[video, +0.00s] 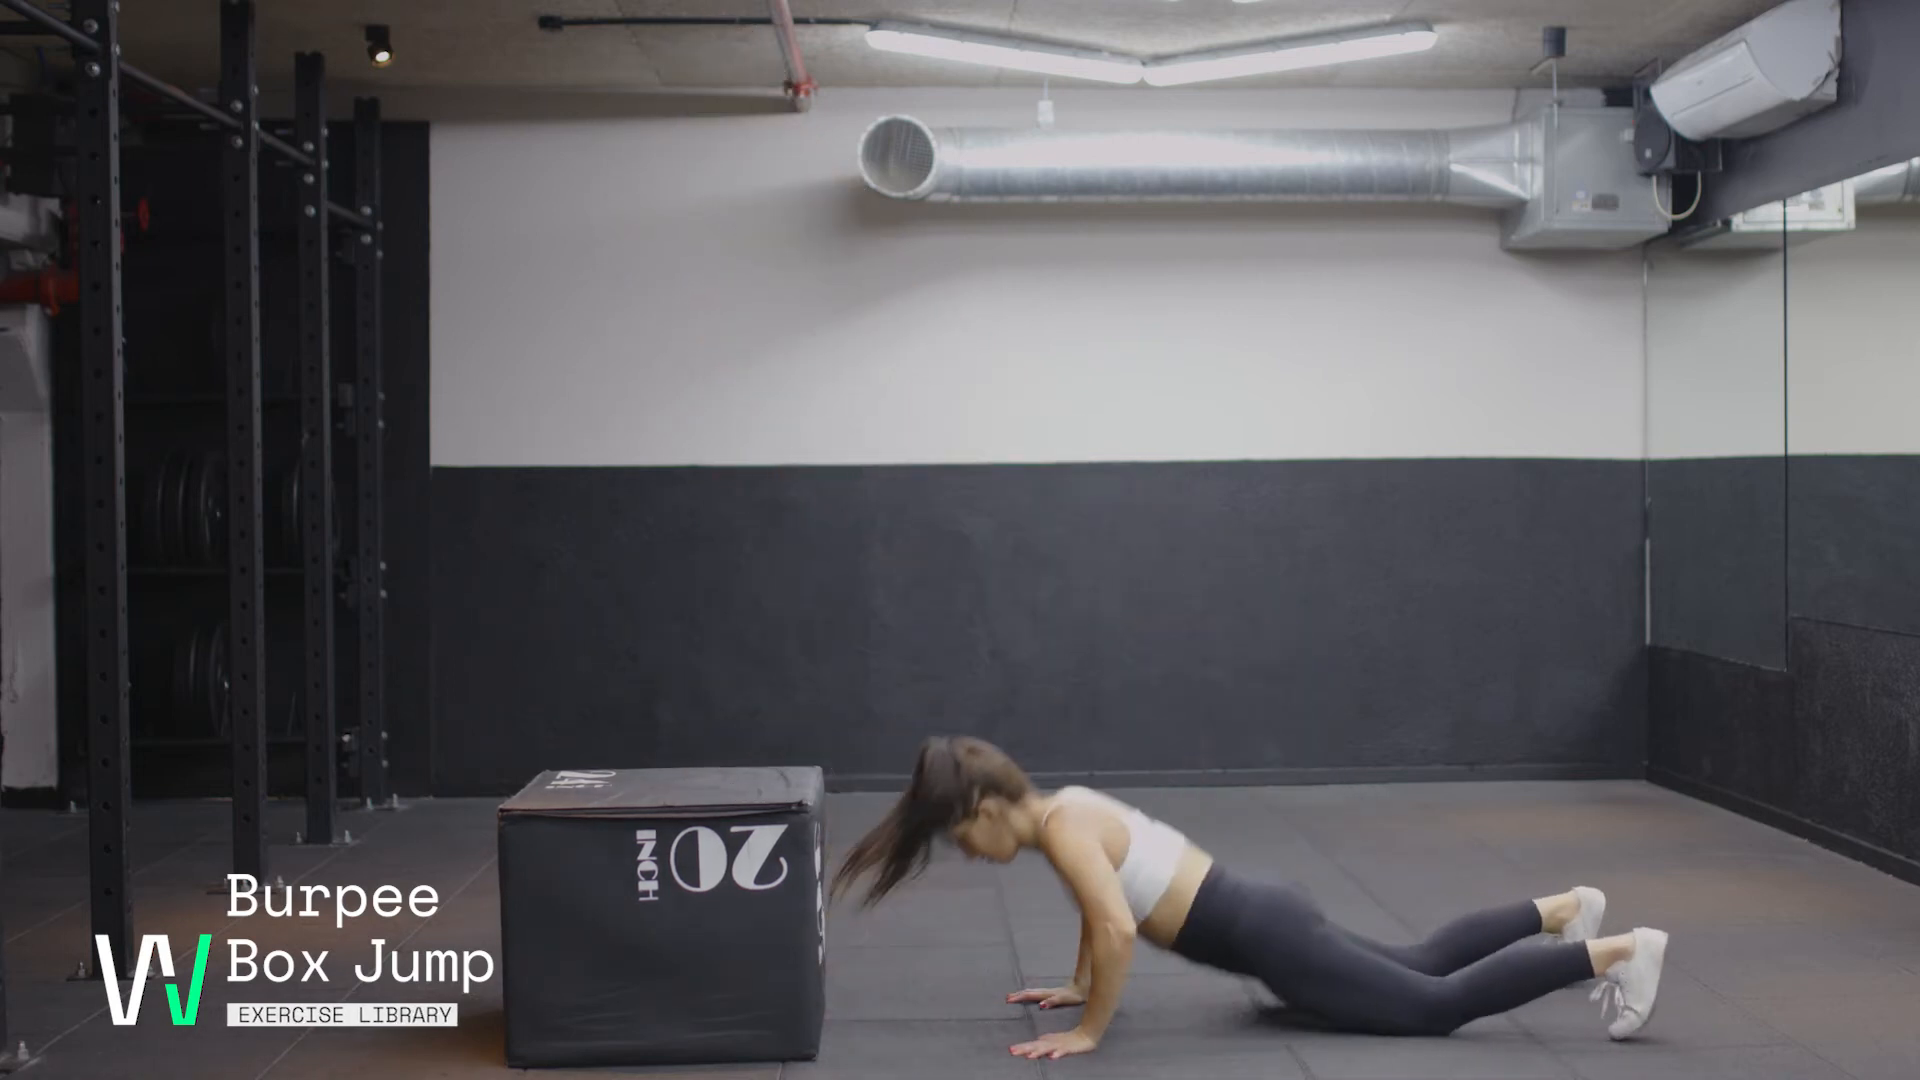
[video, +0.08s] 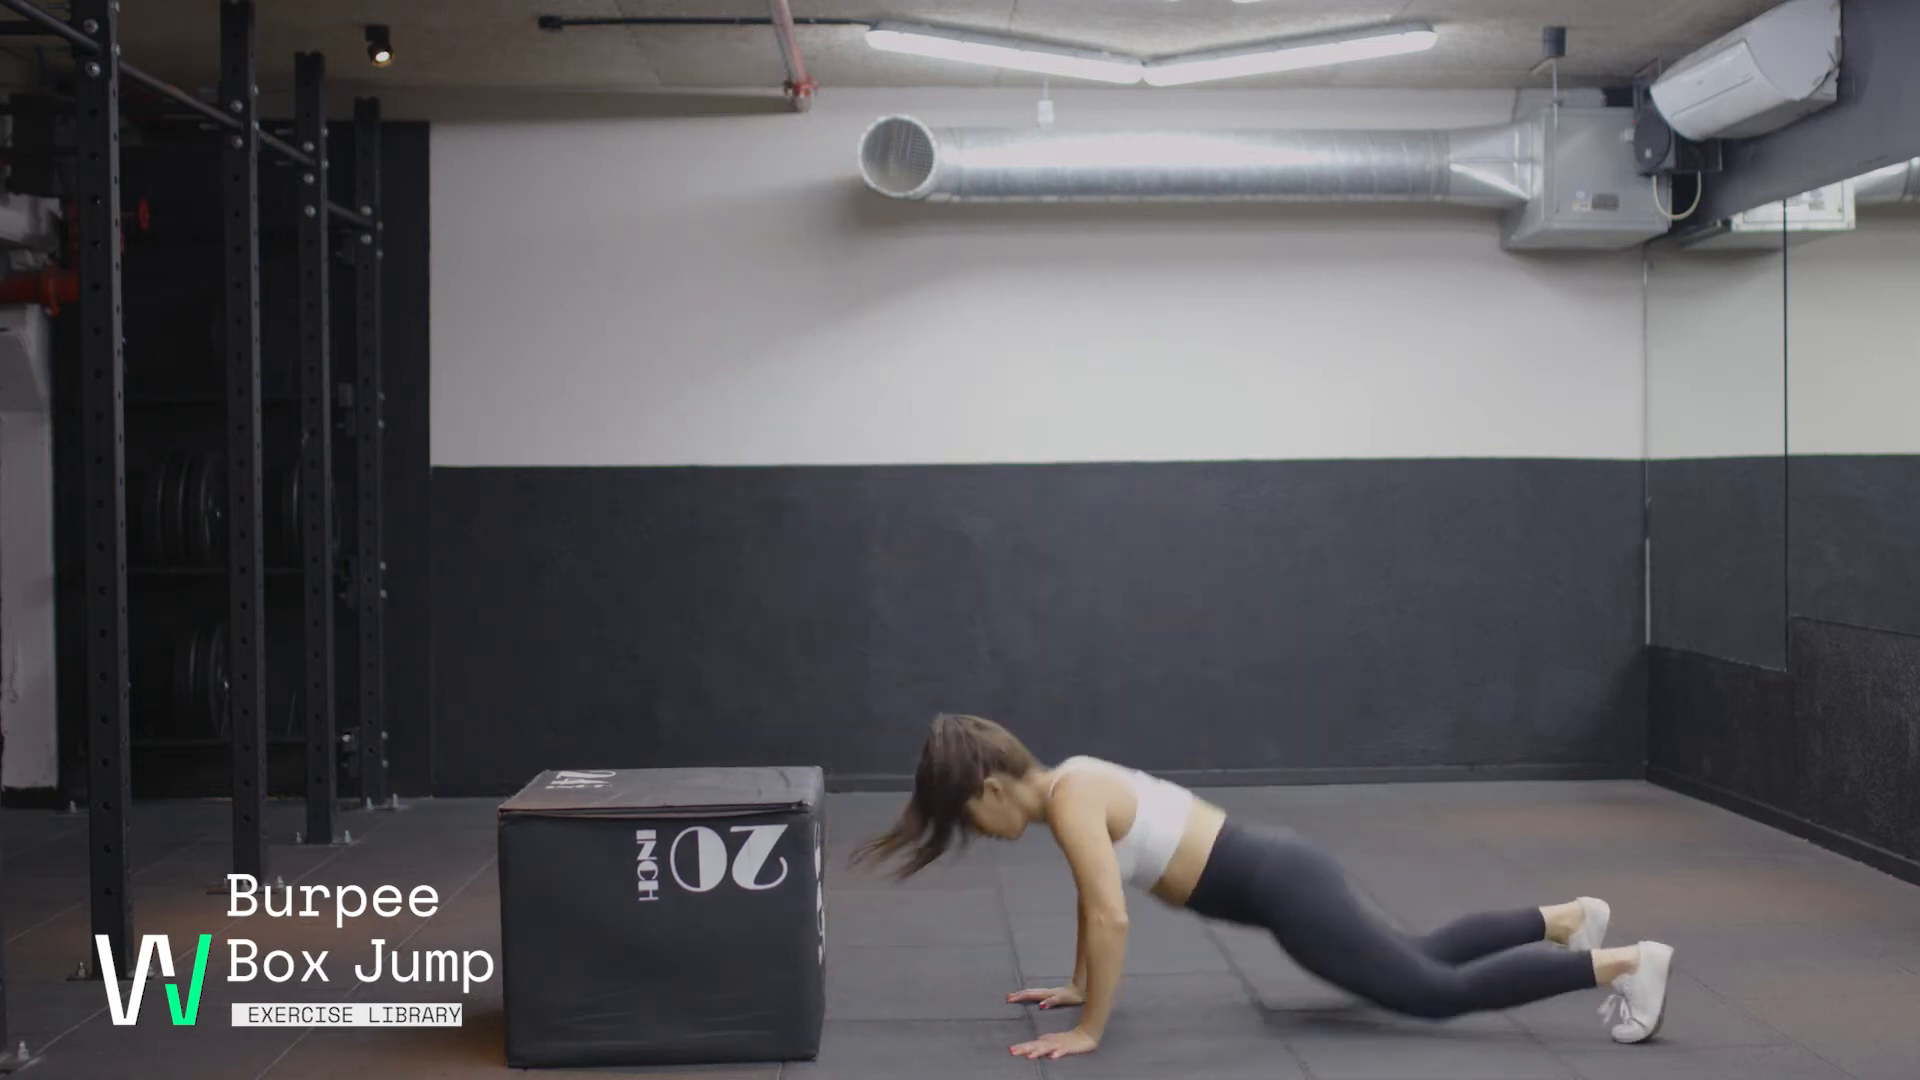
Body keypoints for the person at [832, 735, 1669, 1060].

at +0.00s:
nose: (971, 850)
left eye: (966, 835)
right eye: (962, 839)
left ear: (993, 807)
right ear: (996, 798)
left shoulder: (1067, 836)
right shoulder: (1063, 813)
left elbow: (1116, 936)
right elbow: (1106, 919)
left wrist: (1088, 1033)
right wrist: (1075, 986)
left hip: (1262, 931)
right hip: (1259, 913)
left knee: (1437, 1005)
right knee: (1416, 969)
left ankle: (1606, 956)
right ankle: (1563, 914)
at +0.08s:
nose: (980, 828)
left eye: (972, 813)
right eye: (970, 817)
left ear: (992, 785)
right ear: (997, 773)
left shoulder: (1071, 799)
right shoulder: (1068, 787)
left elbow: (1110, 917)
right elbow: (1096, 901)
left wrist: (1092, 1027)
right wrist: (1074, 989)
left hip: (1277, 882)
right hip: (1271, 875)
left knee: (1437, 993)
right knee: (1418, 960)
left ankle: (1621, 965)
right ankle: (1566, 922)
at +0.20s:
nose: (974, 824)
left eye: (962, 811)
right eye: (961, 813)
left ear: (973, 786)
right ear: (985, 760)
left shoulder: (1067, 772)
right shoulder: (1058, 763)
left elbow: (1088, 907)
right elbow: (1083, 894)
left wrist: (1090, 1028)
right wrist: (1076, 989)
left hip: (1282, 776)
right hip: (1276, 769)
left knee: (1425, 910)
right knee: (1416, 890)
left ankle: (1616, 954)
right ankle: (1562, 909)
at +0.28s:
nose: (1002, 838)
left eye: (989, 827)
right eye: (986, 831)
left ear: (1001, 793)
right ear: (1000, 777)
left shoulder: (1080, 766)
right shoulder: (1067, 757)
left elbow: (1093, 904)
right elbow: (1090, 894)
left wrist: (1087, 1031)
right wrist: (1076, 991)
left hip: (1283, 696)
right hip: (1271, 703)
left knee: (1386, 864)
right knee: (1384, 848)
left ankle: (1575, 933)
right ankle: (1537, 894)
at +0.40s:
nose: (1078, 862)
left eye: (1064, 855)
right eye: (1065, 861)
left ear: (1063, 824)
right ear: (1065, 812)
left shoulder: (1129, 773)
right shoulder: (1109, 765)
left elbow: (1120, 913)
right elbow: (1105, 894)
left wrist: (1090, 1029)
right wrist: (1081, 985)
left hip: (1296, 621)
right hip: (1279, 621)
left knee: (1317, 815)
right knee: (1320, 808)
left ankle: (1444, 958)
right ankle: (1412, 936)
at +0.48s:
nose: (1105, 860)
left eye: (1095, 854)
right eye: (1094, 860)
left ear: (1099, 817)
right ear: (1095, 806)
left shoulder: (1156, 776)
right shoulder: (1129, 767)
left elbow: (1132, 916)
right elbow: (1115, 891)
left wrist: (1090, 1030)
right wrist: (1082, 987)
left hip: (1315, 614)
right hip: (1290, 608)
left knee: (1288, 803)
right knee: (1284, 800)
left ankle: (1348, 985)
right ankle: (1325, 955)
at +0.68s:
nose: (1082, 777)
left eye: (1072, 768)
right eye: (1071, 774)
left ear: (1083, 731)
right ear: (1080, 725)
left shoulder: (1153, 715)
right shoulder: (1124, 710)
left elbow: (1132, 850)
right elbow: (1103, 831)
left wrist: (1089, 970)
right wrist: (1076, 931)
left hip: (1359, 635)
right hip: (1322, 636)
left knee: (1284, 805)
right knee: (1269, 799)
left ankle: (1322, 995)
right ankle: (1300, 966)